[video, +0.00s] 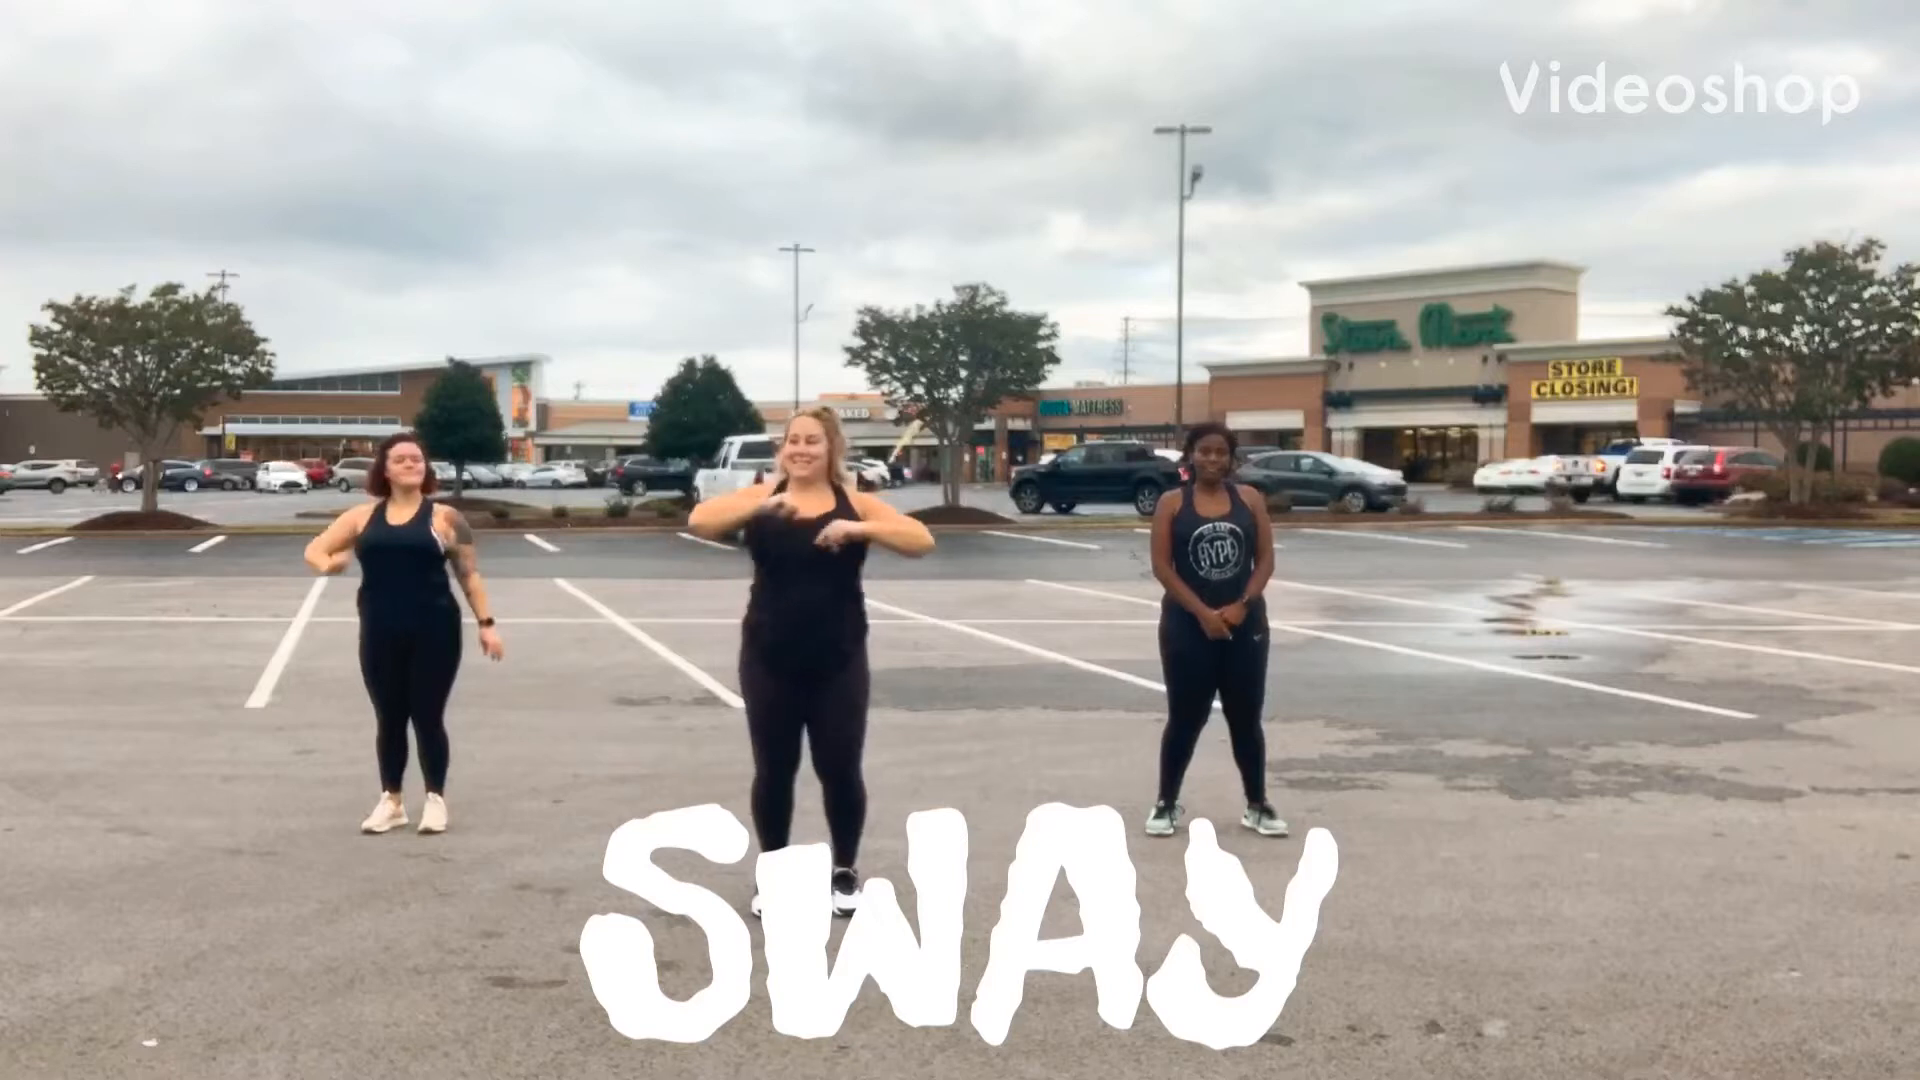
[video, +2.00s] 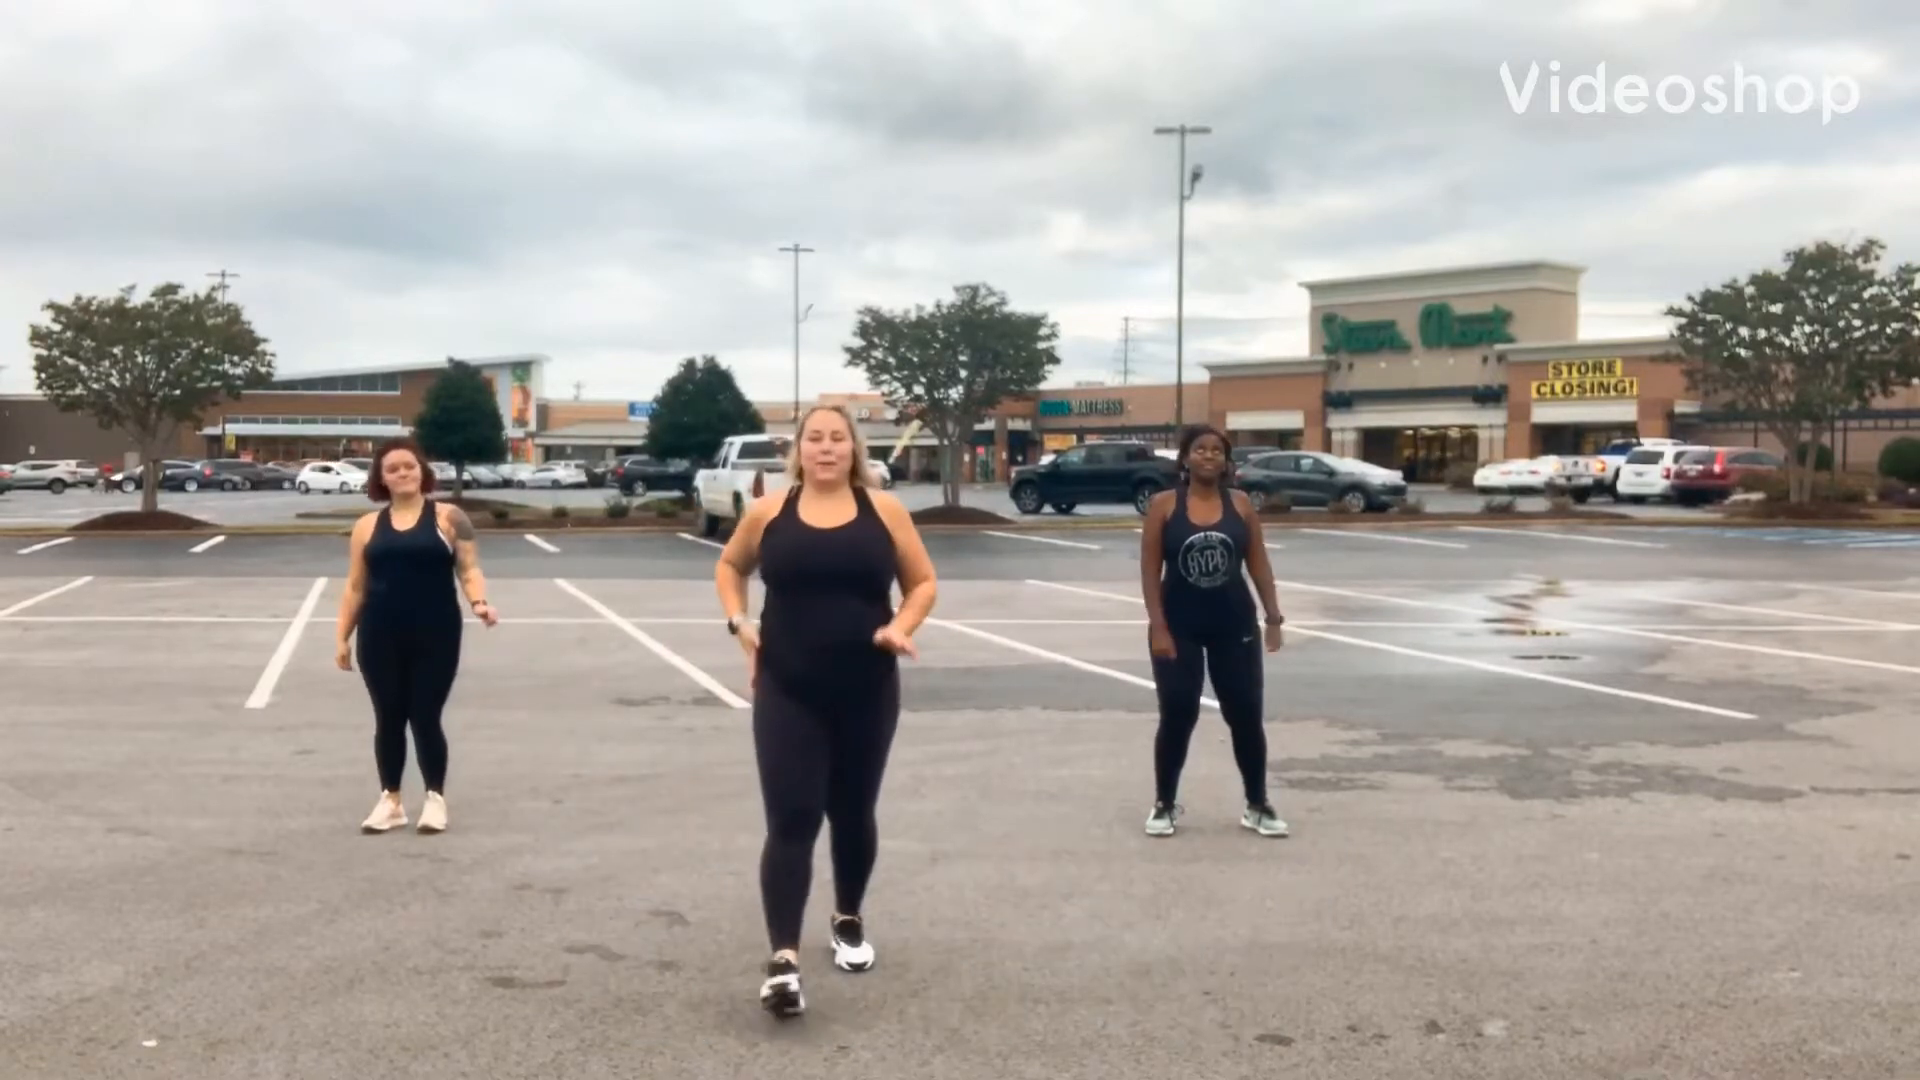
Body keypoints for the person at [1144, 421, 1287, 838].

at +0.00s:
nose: (1212, 459)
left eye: (1220, 452)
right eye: (1205, 451)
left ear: (1231, 457)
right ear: (1191, 457)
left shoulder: (1250, 498)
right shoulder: (1172, 503)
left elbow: (1266, 561)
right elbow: (1161, 567)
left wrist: (1244, 603)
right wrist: (1202, 612)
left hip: (1244, 623)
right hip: (1186, 624)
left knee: (1246, 720)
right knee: (1185, 719)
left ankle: (1257, 805)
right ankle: (1166, 804)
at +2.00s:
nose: (1209, 456)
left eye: (1216, 451)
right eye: (1201, 449)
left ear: (1226, 460)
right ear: (1185, 457)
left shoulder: (1240, 502)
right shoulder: (1164, 505)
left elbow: (1258, 562)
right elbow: (1151, 570)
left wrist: (1273, 615)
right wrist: (1158, 626)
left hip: (1234, 625)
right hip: (1179, 627)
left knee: (1247, 717)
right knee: (1177, 717)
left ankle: (1257, 805)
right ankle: (1164, 805)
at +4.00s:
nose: (1238, 451)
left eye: (1244, 444)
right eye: (1229, 447)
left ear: (1255, 453)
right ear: (1216, 459)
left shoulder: (1276, 496)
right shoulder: (1199, 503)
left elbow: (1303, 555)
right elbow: (1183, 561)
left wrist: (1273, 571)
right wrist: (1188, 588)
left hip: (1265, 623)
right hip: (1211, 623)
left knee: (1258, 715)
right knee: (1217, 713)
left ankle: (1258, 807)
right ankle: (1217, 803)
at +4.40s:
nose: (1238, 454)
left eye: (1244, 448)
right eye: (1229, 449)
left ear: (1256, 457)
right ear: (1215, 460)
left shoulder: (1274, 502)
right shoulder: (1197, 506)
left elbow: (1309, 555)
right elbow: (1176, 566)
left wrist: (1278, 575)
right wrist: (1205, 565)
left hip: (1268, 625)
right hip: (1214, 626)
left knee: (1274, 709)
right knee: (1214, 716)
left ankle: (1314, 792)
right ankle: (1218, 804)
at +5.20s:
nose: (1237, 461)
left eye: (1244, 454)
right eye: (1229, 454)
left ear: (1254, 458)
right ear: (1213, 458)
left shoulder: (1261, 495)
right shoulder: (1193, 496)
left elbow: (1276, 562)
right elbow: (1176, 550)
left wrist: (1276, 538)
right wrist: (1212, 503)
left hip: (1254, 620)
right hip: (1199, 621)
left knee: (1266, 711)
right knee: (1205, 714)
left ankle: (1255, 794)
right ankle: (1195, 803)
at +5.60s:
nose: (1219, 475)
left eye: (1227, 466)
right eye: (1211, 467)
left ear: (1241, 468)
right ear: (1198, 469)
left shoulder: (1257, 501)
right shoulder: (1185, 500)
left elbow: (1281, 563)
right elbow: (1175, 558)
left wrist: (1265, 542)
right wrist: (1203, 510)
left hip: (1238, 621)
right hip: (1183, 618)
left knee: (1251, 710)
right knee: (1179, 698)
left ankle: (1241, 806)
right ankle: (1140, 788)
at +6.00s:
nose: (1178, 475)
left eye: (1186, 468)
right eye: (1171, 468)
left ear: (1202, 468)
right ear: (1161, 470)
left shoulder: (1219, 503)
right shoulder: (1148, 502)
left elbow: (1235, 568)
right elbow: (1136, 558)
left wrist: (1231, 549)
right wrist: (1166, 512)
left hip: (1199, 627)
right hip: (1144, 626)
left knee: (1228, 712)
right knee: (1142, 713)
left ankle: (1240, 803)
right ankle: (1123, 802)